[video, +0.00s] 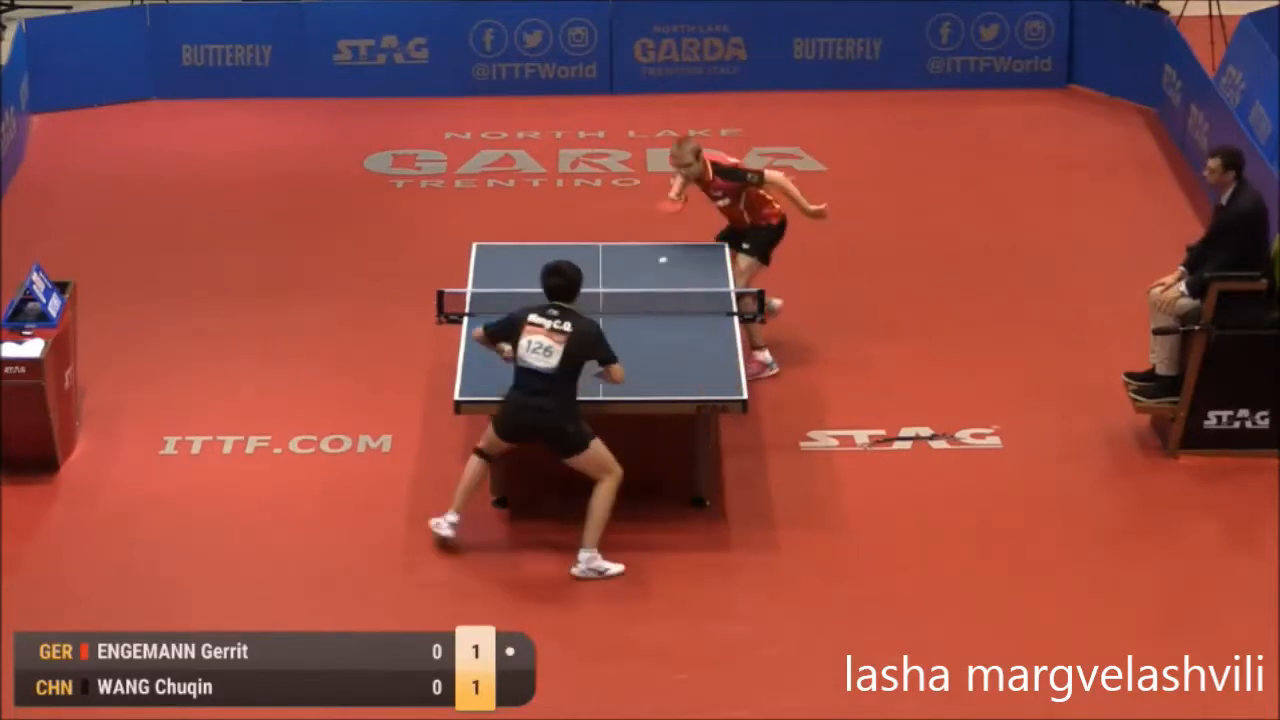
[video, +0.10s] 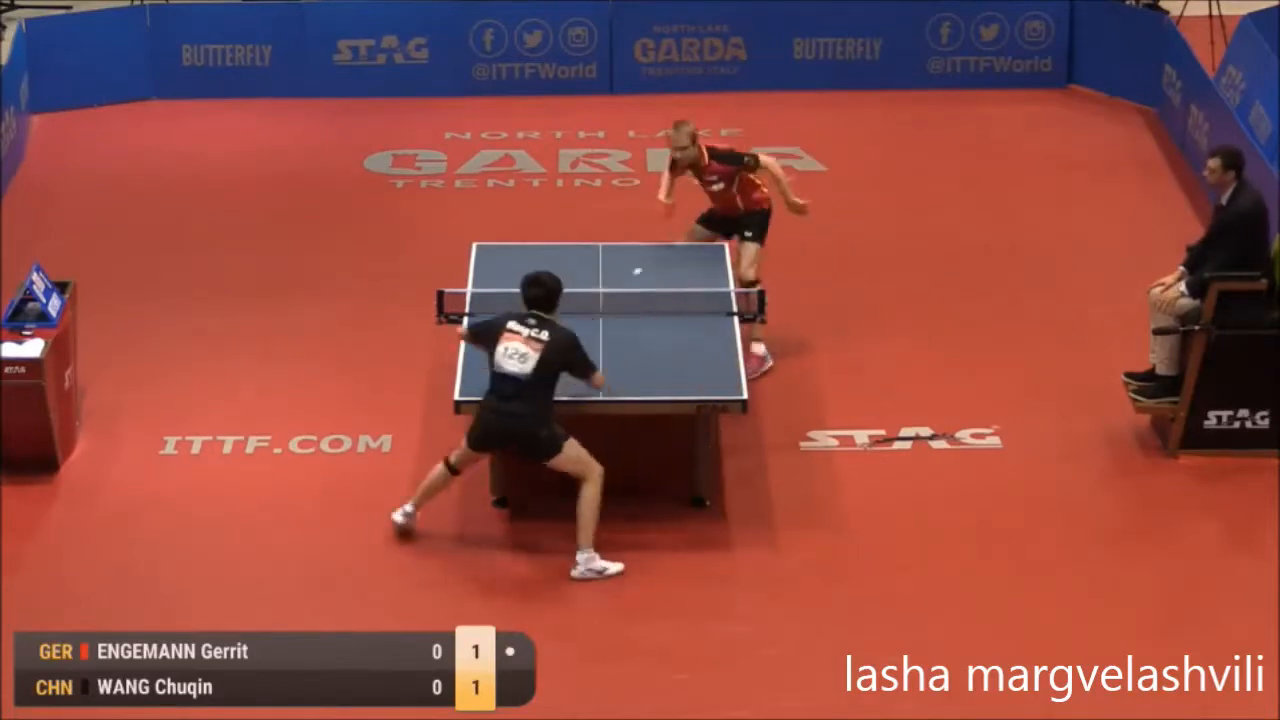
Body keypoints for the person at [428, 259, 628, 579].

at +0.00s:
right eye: (572, 287)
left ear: (545, 289)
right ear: (576, 291)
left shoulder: (525, 317)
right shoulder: (588, 329)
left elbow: (480, 335)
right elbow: (616, 376)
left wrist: (501, 349)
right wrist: (602, 368)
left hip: (515, 413)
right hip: (559, 420)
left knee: (483, 454)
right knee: (610, 474)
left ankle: (450, 520)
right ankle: (588, 556)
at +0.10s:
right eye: (555, 297)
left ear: (525, 299)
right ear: (556, 302)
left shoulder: (504, 323)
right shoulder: (564, 339)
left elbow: (465, 334)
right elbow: (597, 381)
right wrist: (594, 370)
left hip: (490, 423)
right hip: (532, 429)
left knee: (454, 463)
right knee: (592, 474)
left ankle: (408, 510)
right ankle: (586, 557)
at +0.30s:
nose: (518, 326)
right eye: (518, 321)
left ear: (488, 318)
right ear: (516, 326)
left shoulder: (463, 335)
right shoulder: (515, 356)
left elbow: (435, 331)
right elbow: (546, 382)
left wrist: (446, 329)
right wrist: (540, 365)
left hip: (429, 426)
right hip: (467, 435)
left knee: (419, 460)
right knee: (534, 479)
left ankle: (387, 521)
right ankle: (575, 555)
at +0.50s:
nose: (495, 320)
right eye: (495, 317)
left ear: (465, 314)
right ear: (493, 322)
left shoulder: (443, 331)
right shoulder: (497, 348)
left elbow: (420, 327)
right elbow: (530, 366)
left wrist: (442, 324)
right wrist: (524, 343)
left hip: (422, 427)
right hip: (459, 435)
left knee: (416, 460)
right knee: (527, 485)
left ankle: (388, 521)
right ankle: (572, 558)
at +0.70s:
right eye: (498, 281)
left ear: (466, 285)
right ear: (499, 285)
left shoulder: (453, 320)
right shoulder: (511, 317)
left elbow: (422, 342)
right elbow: (552, 353)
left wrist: (410, 350)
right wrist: (550, 338)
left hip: (464, 416)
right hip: (505, 417)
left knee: (436, 466)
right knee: (570, 470)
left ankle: (405, 523)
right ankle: (589, 557)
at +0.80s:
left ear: (485, 294)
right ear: (520, 294)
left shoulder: (472, 327)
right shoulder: (534, 324)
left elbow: (438, 365)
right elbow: (579, 362)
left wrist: (436, 358)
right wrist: (585, 354)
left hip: (484, 427)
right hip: (527, 429)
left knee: (465, 469)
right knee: (582, 486)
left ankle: (448, 544)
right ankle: (618, 562)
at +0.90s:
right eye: (531, 305)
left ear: (502, 312)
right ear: (534, 309)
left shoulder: (486, 347)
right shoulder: (554, 343)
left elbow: (444, 375)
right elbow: (605, 368)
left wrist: (456, 358)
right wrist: (581, 357)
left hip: (501, 445)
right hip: (544, 444)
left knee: (480, 487)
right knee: (598, 495)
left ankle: (450, 554)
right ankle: (621, 573)